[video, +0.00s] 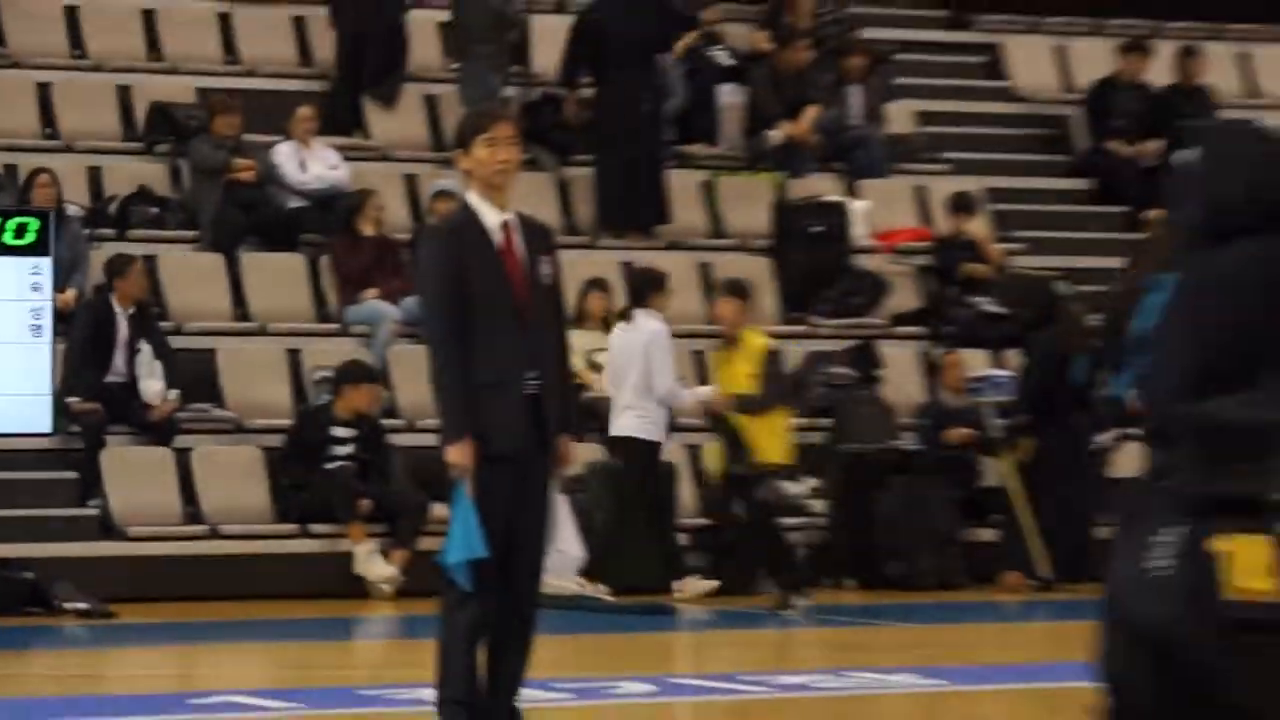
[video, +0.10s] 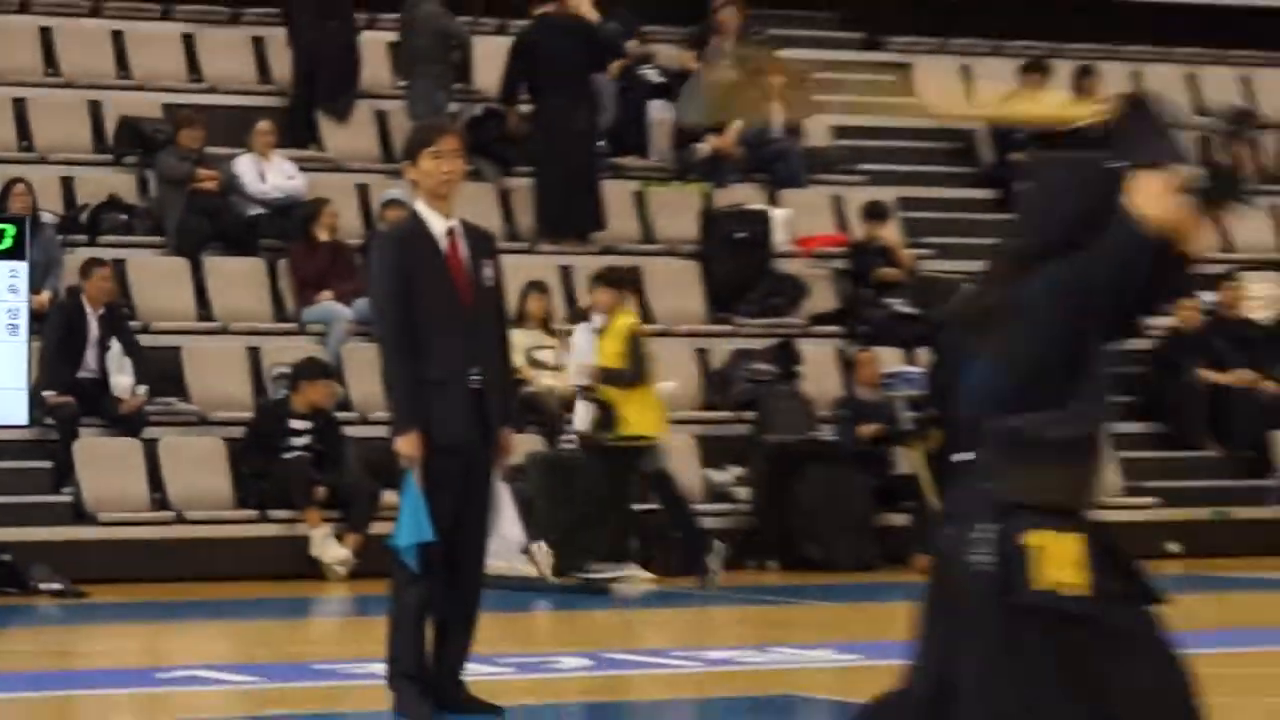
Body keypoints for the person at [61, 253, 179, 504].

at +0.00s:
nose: (144, 283)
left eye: (144, 276)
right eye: (138, 277)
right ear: (119, 282)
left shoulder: (142, 315)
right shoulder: (91, 311)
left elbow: (165, 355)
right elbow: (76, 355)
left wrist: (172, 395)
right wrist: (76, 397)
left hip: (131, 390)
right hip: (94, 391)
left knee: (163, 425)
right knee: (93, 424)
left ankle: (153, 493)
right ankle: (93, 491)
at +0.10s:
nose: (109, 286)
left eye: (111, 280)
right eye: (102, 280)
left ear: (114, 283)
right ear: (85, 283)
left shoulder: (113, 314)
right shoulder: (64, 310)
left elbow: (136, 352)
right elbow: (49, 351)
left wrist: (140, 392)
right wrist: (50, 392)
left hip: (99, 386)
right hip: (66, 386)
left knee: (131, 418)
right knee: (68, 415)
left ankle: (120, 478)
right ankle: (65, 478)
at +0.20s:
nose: (79, 284)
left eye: (82, 278)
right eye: (73, 277)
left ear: (87, 281)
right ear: (59, 280)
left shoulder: (87, 309)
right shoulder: (40, 306)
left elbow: (109, 345)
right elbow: (28, 344)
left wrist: (113, 382)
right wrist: (28, 381)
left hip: (73, 376)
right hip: (42, 377)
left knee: (104, 406)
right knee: (45, 403)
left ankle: (95, 465)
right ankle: (43, 464)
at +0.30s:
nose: (52, 287)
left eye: (58, 282)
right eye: (48, 281)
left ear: (64, 287)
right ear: (37, 283)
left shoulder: (65, 311)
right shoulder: (21, 308)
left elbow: (85, 344)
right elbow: (10, 344)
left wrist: (90, 379)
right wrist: (12, 379)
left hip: (52, 375)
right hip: (22, 375)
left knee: (83, 403)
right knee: (25, 401)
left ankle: (70, 458)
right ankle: (22, 458)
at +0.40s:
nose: (32, 285)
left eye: (37, 281)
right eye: (27, 280)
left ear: (44, 286)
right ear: (18, 282)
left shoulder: (45, 309)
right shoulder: (5, 306)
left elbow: (65, 341)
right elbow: (1, 342)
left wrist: (70, 374)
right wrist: (3, 373)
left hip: (31, 369)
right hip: (7, 369)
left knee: (62, 397)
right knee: (6, 395)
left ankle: (47, 449)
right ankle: (7, 449)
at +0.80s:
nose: (2, 284)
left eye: (6, 280)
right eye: (0, 279)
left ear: (14, 284)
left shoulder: (18, 303)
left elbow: (36, 330)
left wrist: (39, 357)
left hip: (7, 354)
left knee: (35, 376)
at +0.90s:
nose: (0, 284)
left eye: (2, 280)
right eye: (0, 280)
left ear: (9, 283)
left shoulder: (12, 302)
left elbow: (30, 328)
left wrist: (33, 353)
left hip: (5, 352)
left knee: (27, 375)